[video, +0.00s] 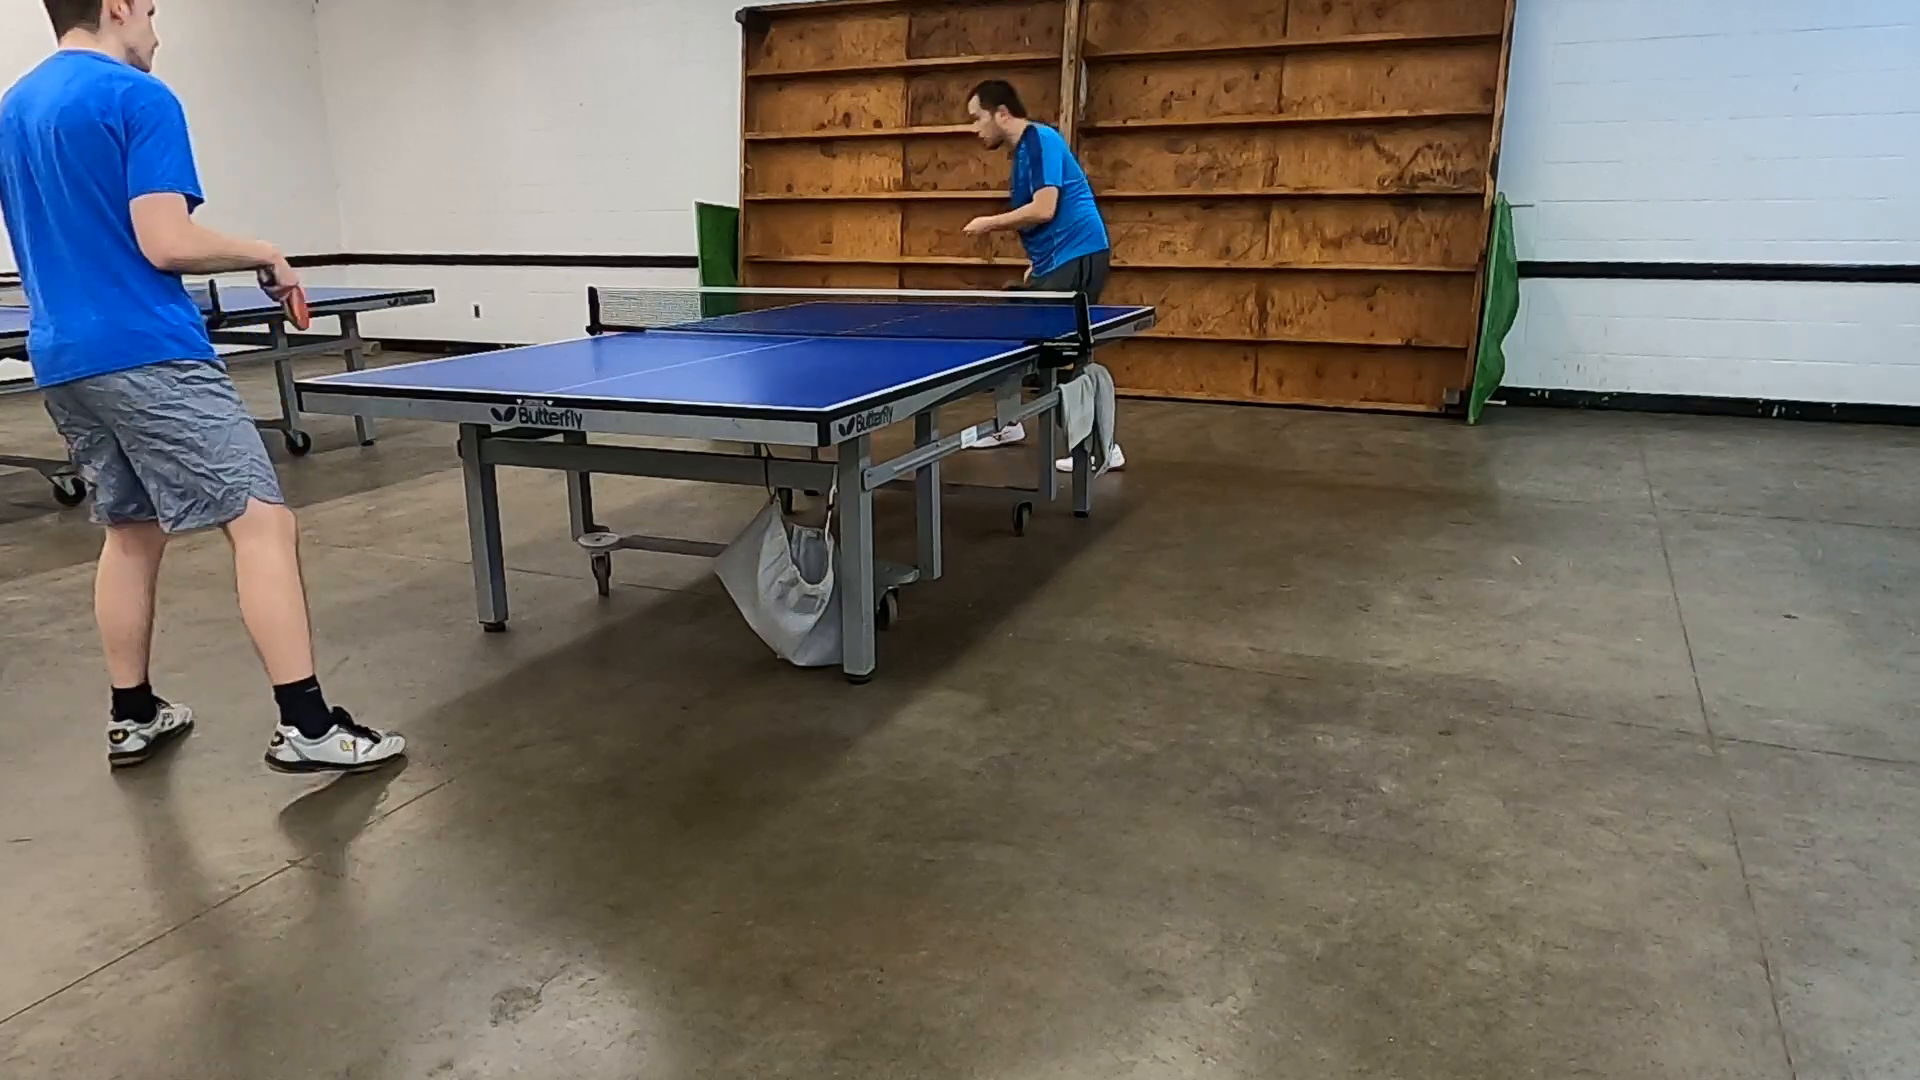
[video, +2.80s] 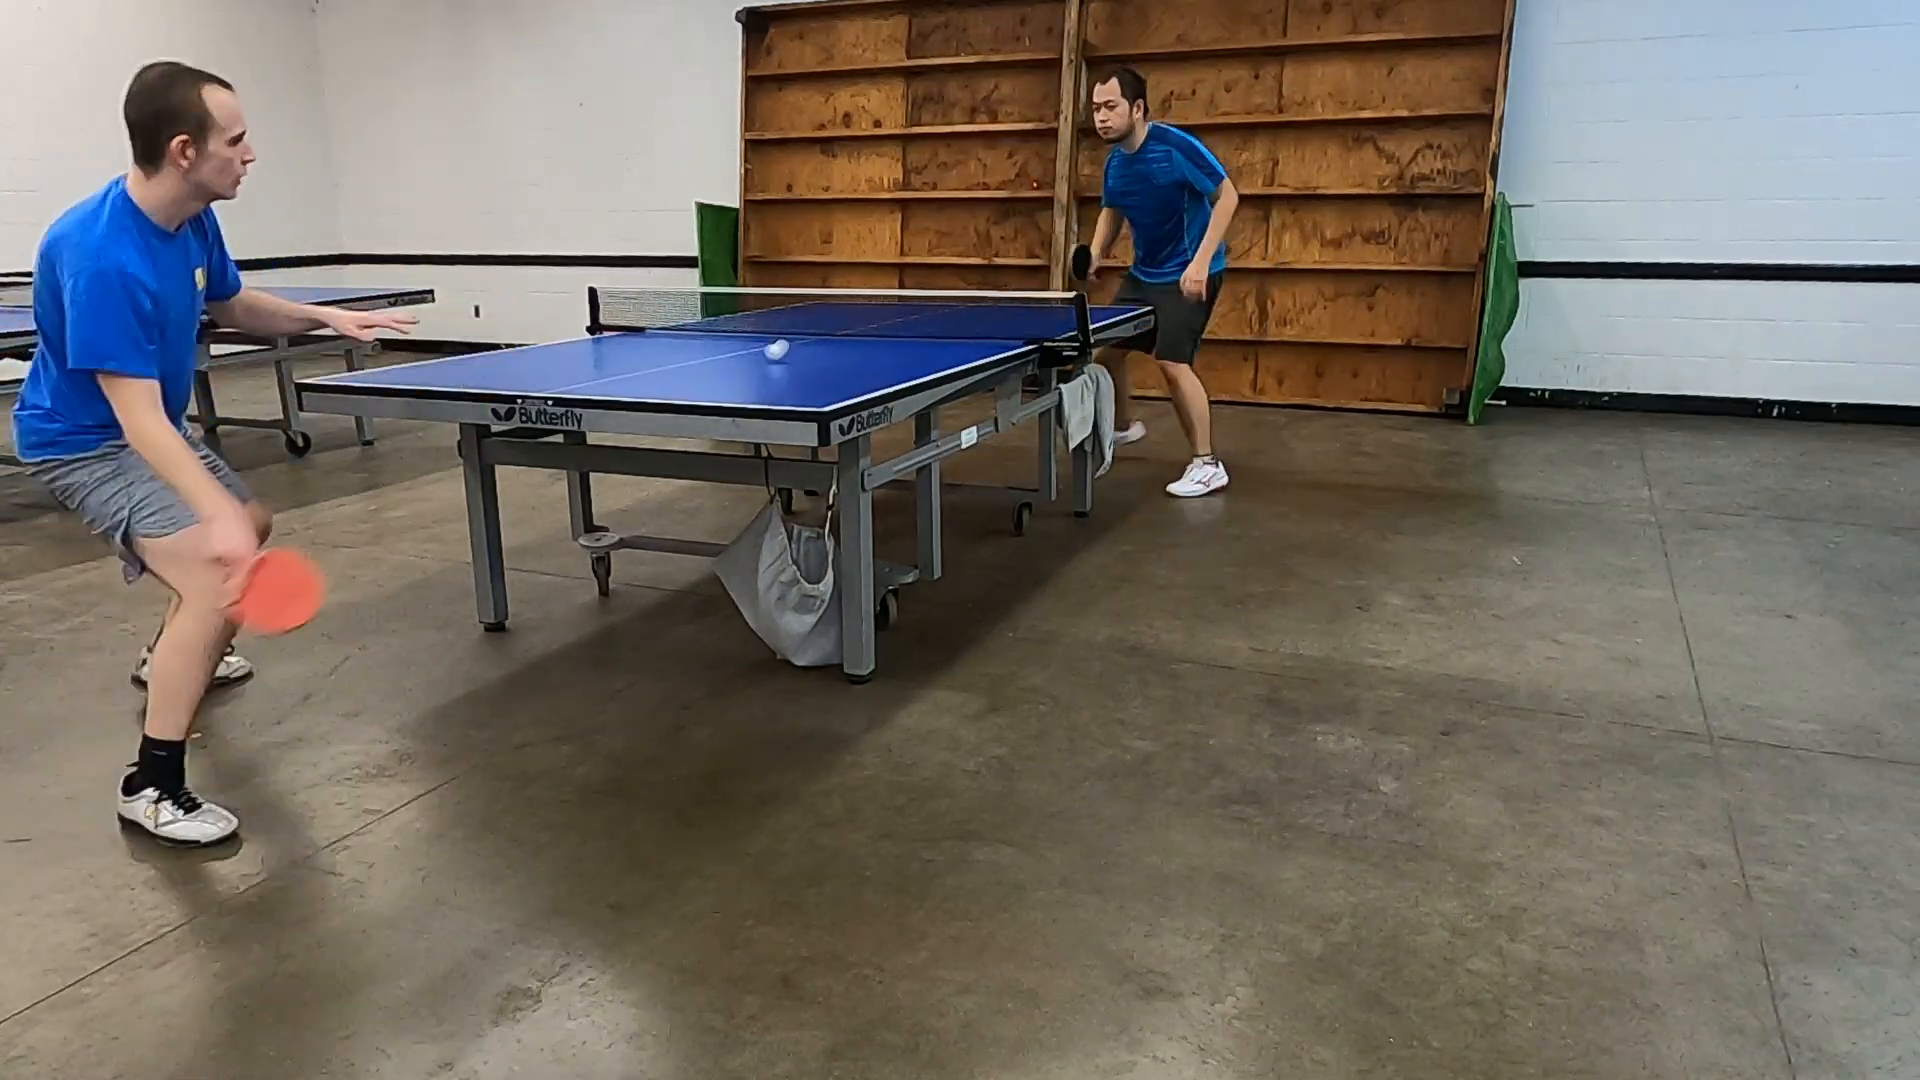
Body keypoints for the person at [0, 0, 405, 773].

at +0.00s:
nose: (157, 33)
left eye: (154, 15)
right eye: (151, 13)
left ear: (69, 17)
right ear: (116, 10)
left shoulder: (15, 108)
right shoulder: (138, 95)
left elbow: (32, 246)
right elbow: (165, 240)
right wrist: (264, 253)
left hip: (60, 361)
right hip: (147, 350)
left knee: (132, 527)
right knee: (262, 518)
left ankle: (133, 714)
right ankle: (308, 722)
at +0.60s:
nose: (247, 76)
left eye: (244, 60)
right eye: (241, 60)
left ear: (153, 64)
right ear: (210, 63)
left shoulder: (74, 145)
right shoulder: (214, 161)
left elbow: (9, 258)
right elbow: (295, 306)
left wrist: (78, 327)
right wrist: (394, 291)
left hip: (81, 409)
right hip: (171, 406)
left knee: (158, 544)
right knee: (311, 573)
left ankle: (109, 705)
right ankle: (315, 788)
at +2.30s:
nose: (281, 150)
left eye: (279, 135)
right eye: (274, 135)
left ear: (194, 144)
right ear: (239, 142)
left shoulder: (108, 212)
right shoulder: (229, 235)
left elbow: (32, 336)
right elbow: (303, 372)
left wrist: (130, 363)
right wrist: (398, 334)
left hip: (52, 455)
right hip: (145, 463)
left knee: (152, 552)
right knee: (339, 584)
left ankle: (101, 712)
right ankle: (316, 790)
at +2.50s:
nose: (274, 132)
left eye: (271, 117)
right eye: (265, 118)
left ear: (194, 127)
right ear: (225, 126)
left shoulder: (106, 196)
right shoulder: (192, 223)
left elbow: (144, 325)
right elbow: (287, 368)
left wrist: (260, 327)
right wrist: (402, 336)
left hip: (51, 442)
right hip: (126, 454)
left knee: (163, 553)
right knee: (315, 581)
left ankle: (104, 711)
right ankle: (316, 790)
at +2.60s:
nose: (272, 112)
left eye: (269, 97)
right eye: (261, 98)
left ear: (202, 107)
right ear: (217, 107)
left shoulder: (135, 175)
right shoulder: (153, 199)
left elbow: (191, 306)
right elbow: (231, 361)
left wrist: (301, 298)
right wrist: (372, 371)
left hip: (83, 409)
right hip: (90, 423)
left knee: (170, 535)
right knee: (261, 572)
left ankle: (107, 681)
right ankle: (287, 779)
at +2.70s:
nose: (262, 128)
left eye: (259, 111)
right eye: (251, 113)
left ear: (194, 123)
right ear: (201, 124)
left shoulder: (176, 203)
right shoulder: (124, 225)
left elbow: (200, 311)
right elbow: (179, 390)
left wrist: (305, 310)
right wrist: (299, 438)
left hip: (138, 415)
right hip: (78, 439)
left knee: (231, 508)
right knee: (233, 593)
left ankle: (140, 642)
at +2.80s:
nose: (249, 154)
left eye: (245, 138)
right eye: (234, 141)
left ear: (187, 154)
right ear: (182, 154)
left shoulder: (191, 215)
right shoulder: (104, 258)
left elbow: (228, 308)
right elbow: (142, 422)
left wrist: (327, 317)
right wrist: (222, 511)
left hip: (152, 421)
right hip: (79, 442)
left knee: (246, 531)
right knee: (212, 578)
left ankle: (179, 654)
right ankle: (155, 785)